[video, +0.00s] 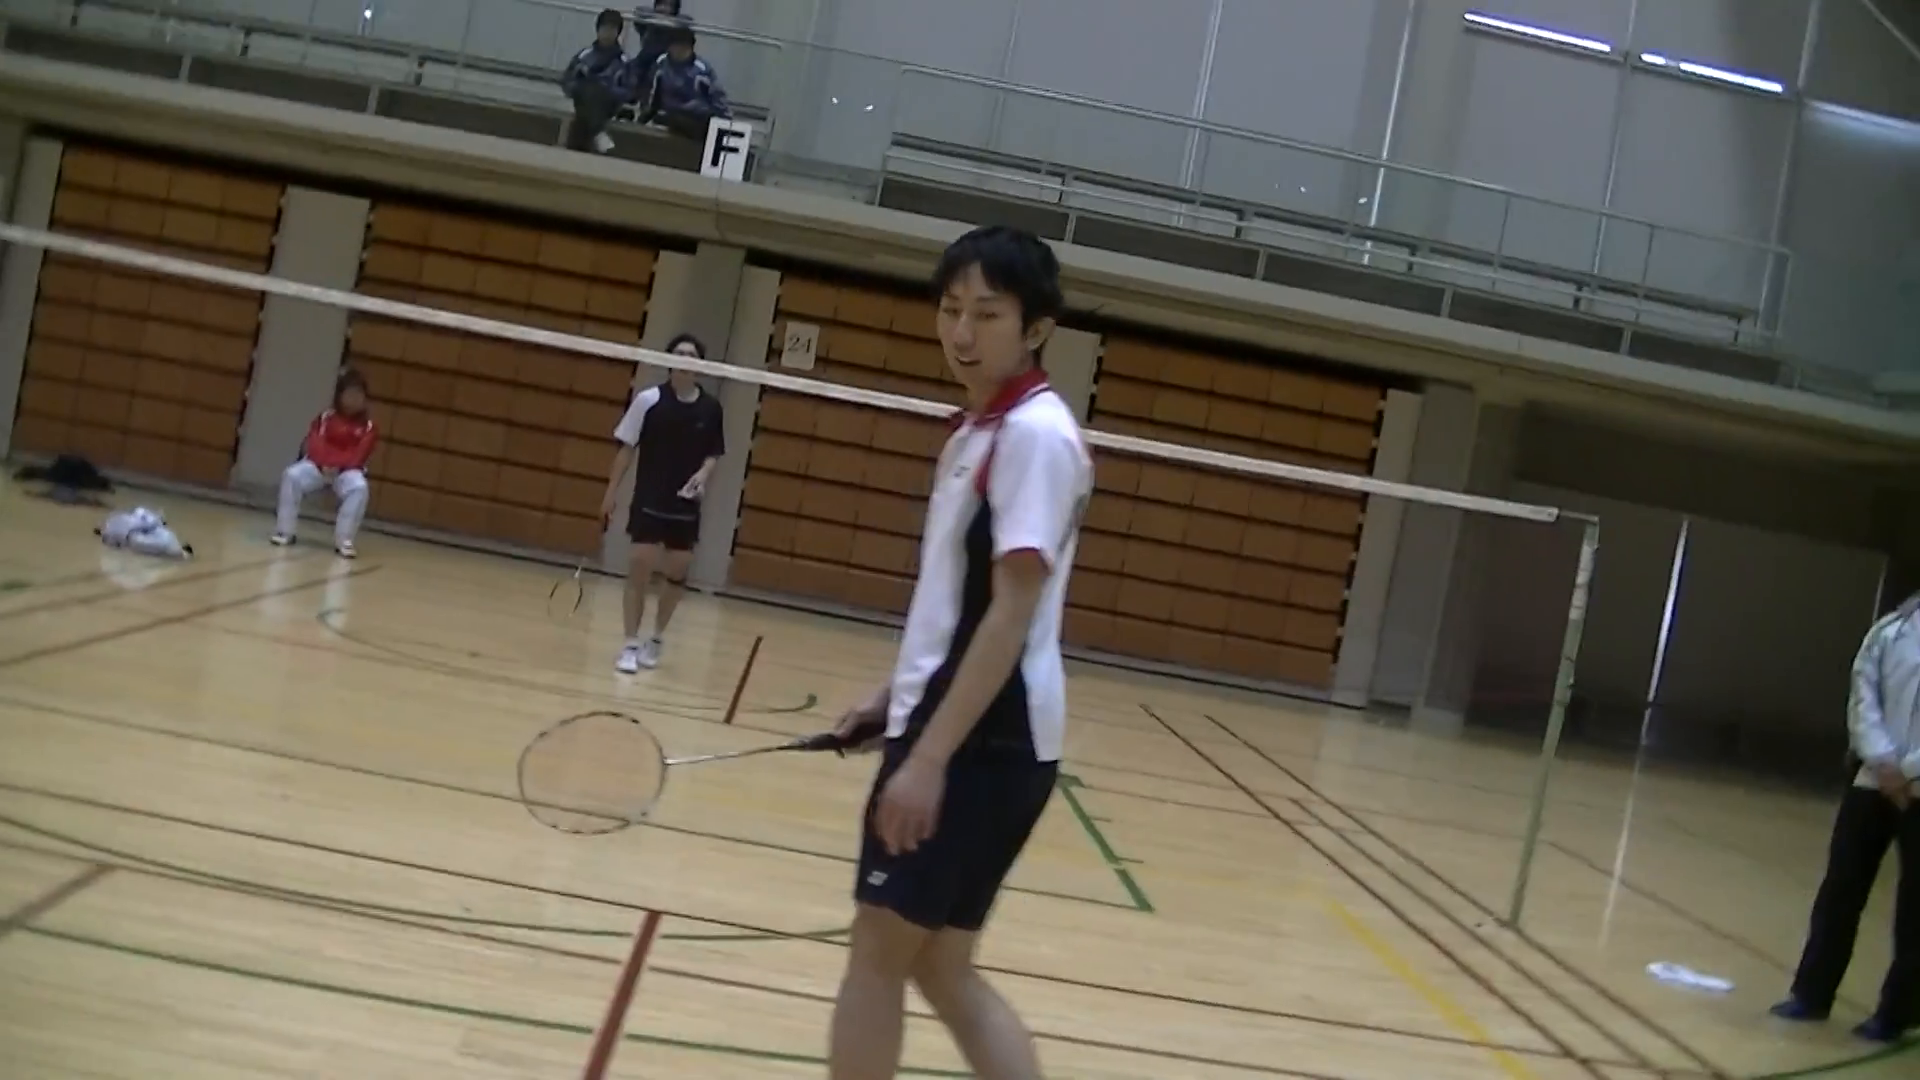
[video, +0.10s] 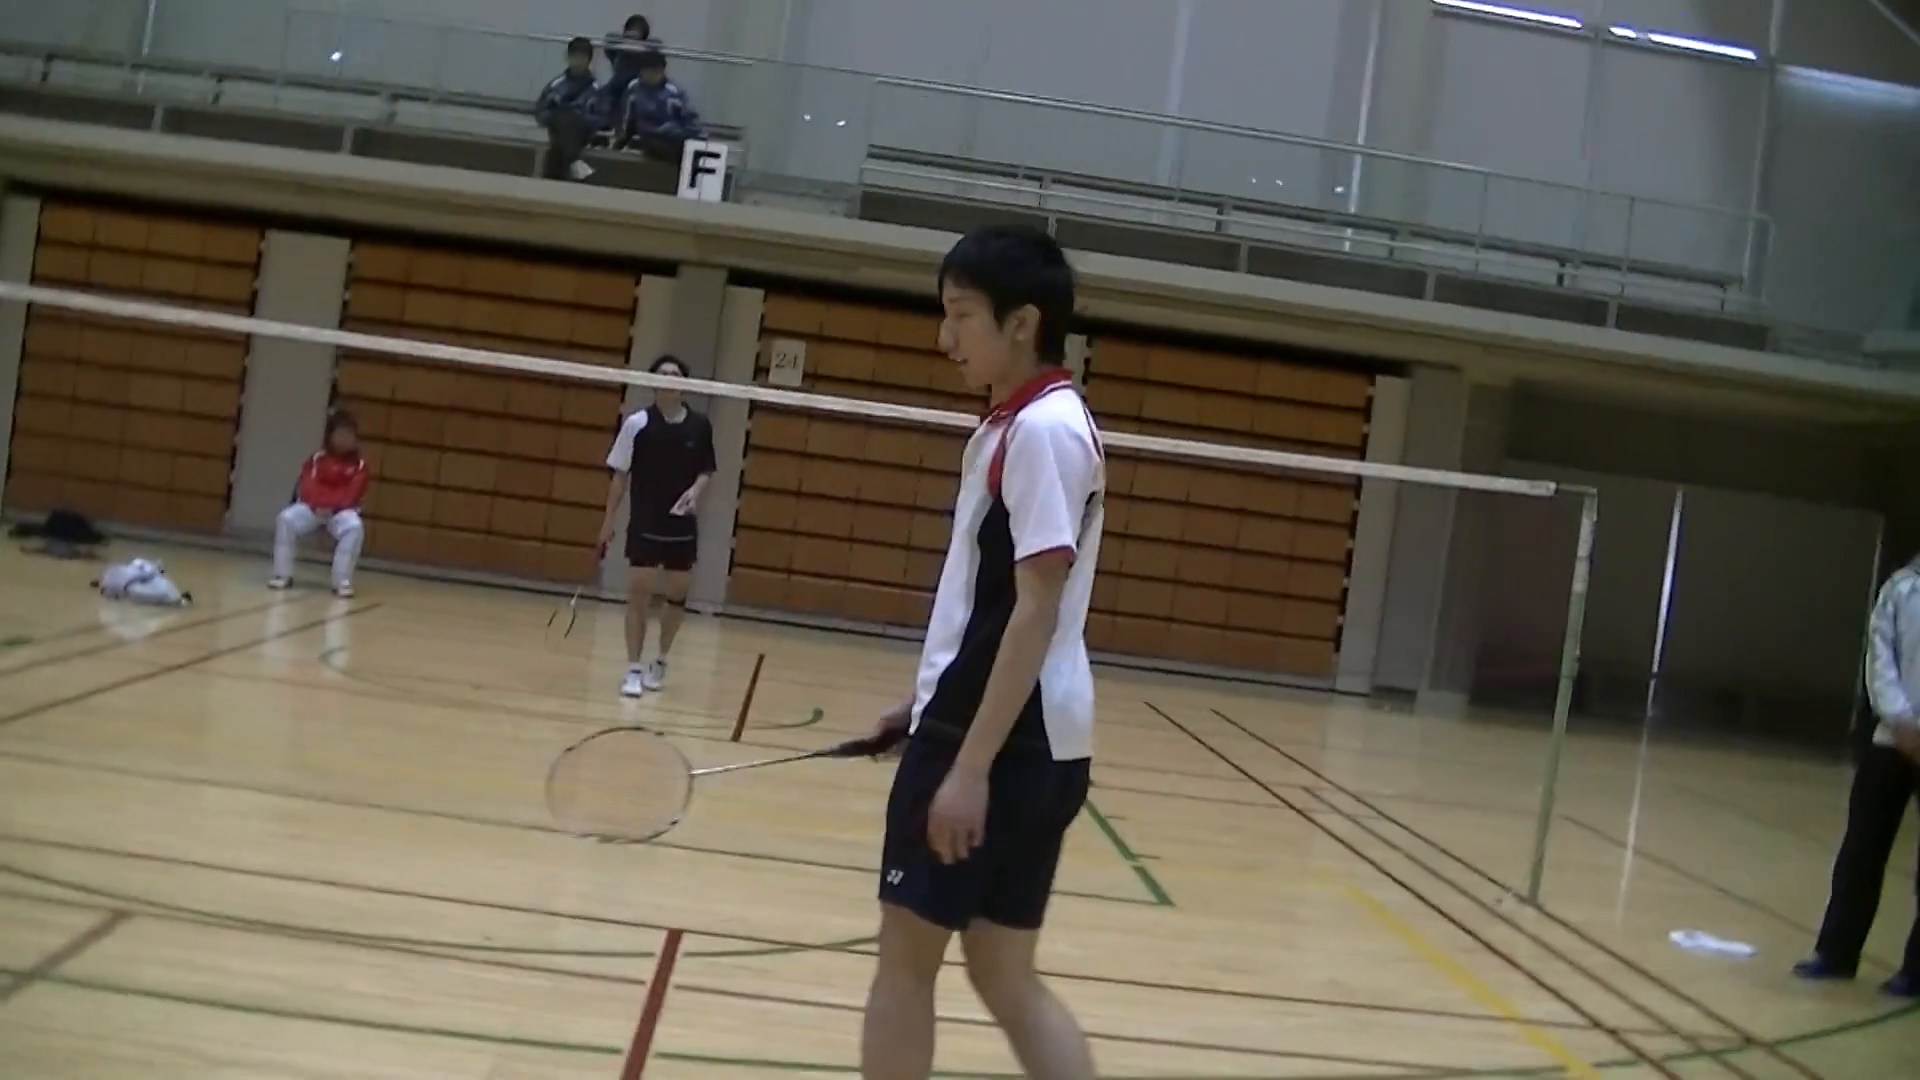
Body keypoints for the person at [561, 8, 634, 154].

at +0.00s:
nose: (607, 34)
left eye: (612, 30)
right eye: (604, 29)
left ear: (618, 32)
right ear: (597, 30)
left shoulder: (625, 62)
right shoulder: (584, 55)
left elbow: (628, 93)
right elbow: (566, 82)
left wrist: (605, 90)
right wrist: (580, 89)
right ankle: (598, 133)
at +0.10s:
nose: (577, 62)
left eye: (582, 58)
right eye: (574, 57)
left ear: (589, 60)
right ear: (568, 58)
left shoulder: (598, 90)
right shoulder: (555, 84)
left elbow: (601, 120)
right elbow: (540, 112)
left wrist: (577, 118)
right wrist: (558, 118)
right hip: (556, 138)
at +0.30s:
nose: (579, 118)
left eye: (584, 113)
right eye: (576, 113)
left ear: (590, 113)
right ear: (570, 114)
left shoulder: (602, 131)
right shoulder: (562, 133)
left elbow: (619, 154)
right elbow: (557, 160)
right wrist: (555, 179)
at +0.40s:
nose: (555, 134)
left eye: (559, 129)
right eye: (551, 129)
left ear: (566, 128)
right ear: (545, 130)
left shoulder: (577, 146)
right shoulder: (538, 148)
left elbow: (595, 168)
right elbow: (532, 174)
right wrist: (531, 194)